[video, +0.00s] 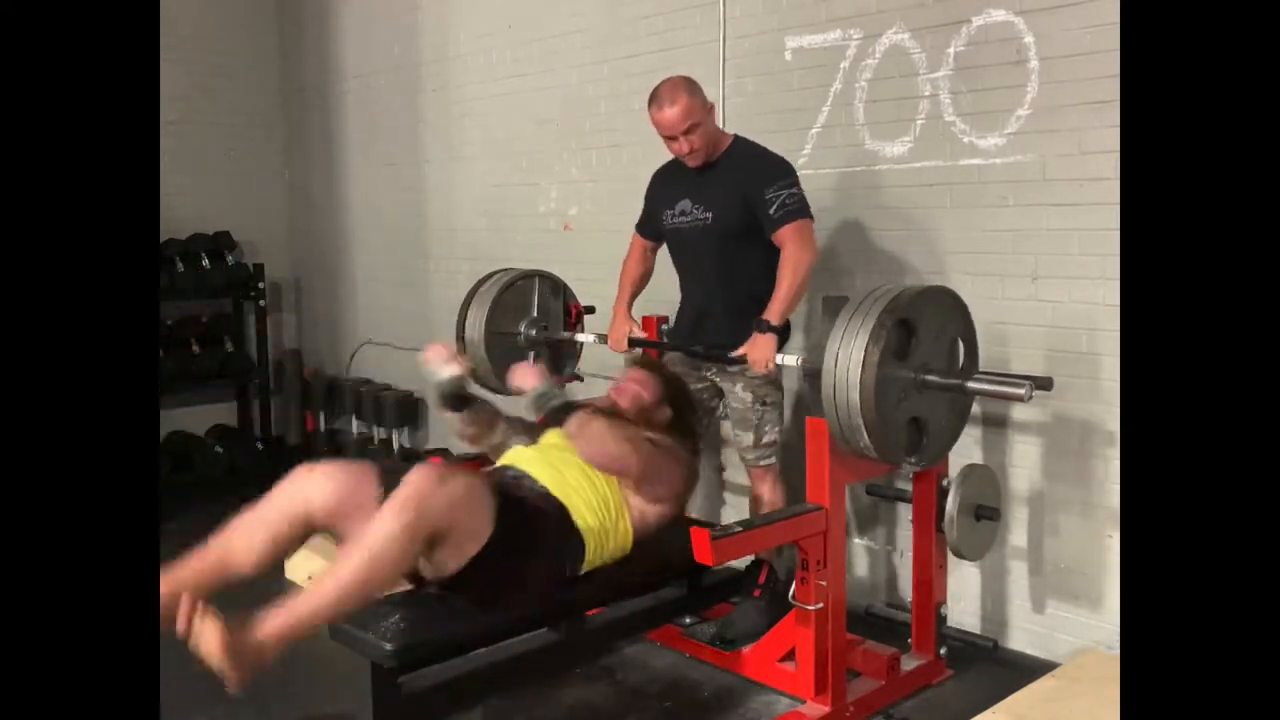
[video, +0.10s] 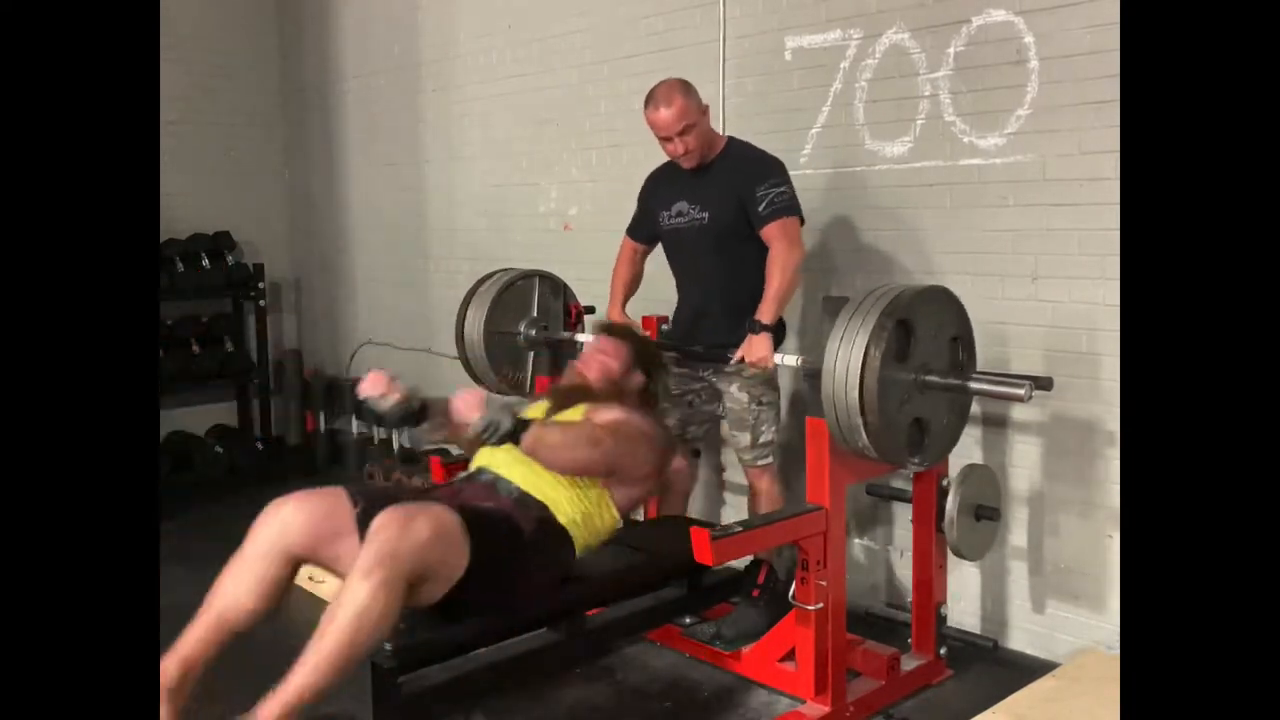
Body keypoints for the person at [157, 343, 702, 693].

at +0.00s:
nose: (620, 384)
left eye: (637, 383)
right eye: (620, 378)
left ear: (667, 411)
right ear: (614, 388)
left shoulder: (674, 460)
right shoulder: (568, 433)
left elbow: (610, 448)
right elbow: (490, 438)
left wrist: (553, 398)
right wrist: (456, 389)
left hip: (535, 552)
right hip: (461, 518)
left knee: (435, 483)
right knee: (319, 480)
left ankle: (257, 645)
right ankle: (170, 590)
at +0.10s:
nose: (587, 359)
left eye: (604, 356)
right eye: (586, 350)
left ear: (634, 379)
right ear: (576, 357)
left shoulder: (640, 431)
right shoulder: (544, 406)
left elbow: (581, 452)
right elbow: (467, 429)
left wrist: (504, 424)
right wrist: (405, 406)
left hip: (524, 542)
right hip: (449, 512)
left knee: (398, 532)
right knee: (289, 516)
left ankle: (274, 710)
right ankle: (171, 682)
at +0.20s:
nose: (545, 339)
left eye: (565, 332)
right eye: (545, 328)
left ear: (605, 353)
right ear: (539, 337)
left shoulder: (617, 407)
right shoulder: (519, 386)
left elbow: (568, 449)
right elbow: (451, 416)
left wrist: (467, 452)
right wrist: (375, 418)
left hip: (510, 537)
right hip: (432, 516)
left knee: (382, 563)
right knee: (269, 536)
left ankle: (314, 713)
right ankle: (193, 703)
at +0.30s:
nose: (506, 325)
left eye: (525, 315)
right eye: (505, 314)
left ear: (569, 333)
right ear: (497, 321)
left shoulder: (579, 386)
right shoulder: (482, 376)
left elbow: (533, 452)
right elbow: (410, 411)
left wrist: (428, 473)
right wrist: (339, 435)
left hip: (507, 532)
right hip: (426, 514)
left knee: (374, 578)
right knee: (260, 546)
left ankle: (334, 714)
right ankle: (222, 710)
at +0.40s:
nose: (465, 321)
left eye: (484, 309)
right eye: (463, 309)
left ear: (530, 318)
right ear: (457, 311)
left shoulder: (550, 378)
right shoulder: (453, 363)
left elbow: (505, 456)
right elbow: (378, 412)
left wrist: (396, 492)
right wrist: (310, 449)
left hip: (491, 538)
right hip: (410, 520)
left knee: (367, 597)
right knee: (251, 558)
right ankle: (248, 711)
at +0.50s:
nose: (423, 322)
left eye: (442, 307)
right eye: (422, 307)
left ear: (492, 310)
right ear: (418, 307)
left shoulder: (518, 369)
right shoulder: (418, 358)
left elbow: (474, 463)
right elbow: (341, 414)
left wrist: (369, 501)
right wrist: (268, 457)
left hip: (482, 542)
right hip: (398, 527)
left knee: (361, 611)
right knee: (246, 569)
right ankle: (273, 714)